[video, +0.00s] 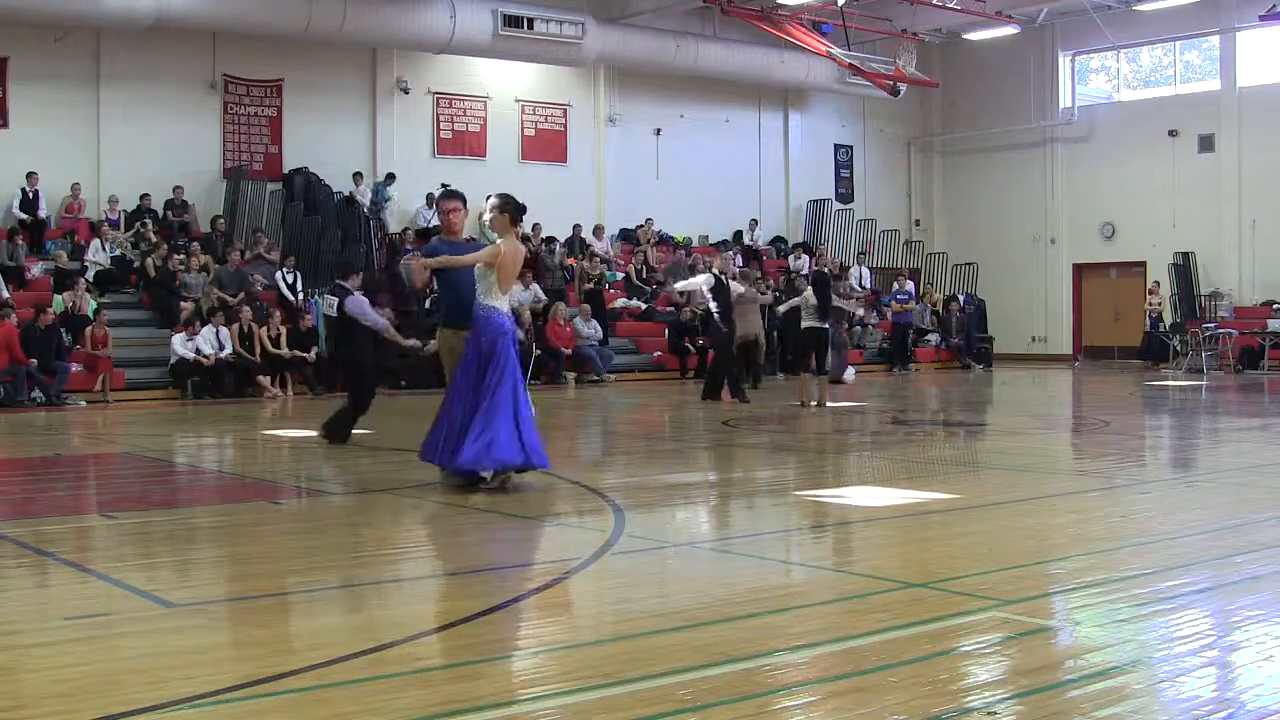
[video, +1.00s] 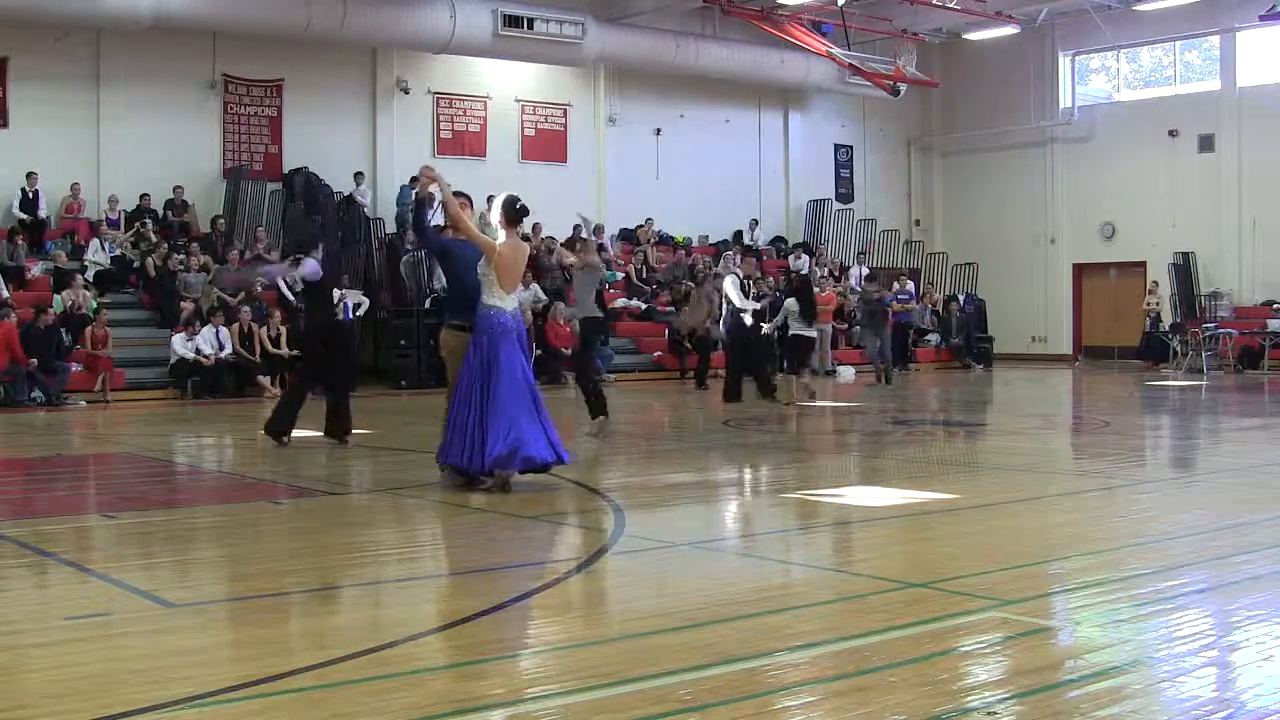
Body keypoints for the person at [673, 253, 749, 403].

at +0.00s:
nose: (728, 263)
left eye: (729, 260)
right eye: (724, 259)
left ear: (730, 262)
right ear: (716, 261)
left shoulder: (727, 281)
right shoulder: (709, 278)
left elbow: (742, 290)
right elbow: (690, 283)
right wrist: (675, 287)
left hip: (728, 322)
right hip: (717, 322)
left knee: (721, 357)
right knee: (728, 356)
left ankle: (711, 392)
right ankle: (738, 392)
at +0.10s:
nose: (729, 263)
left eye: (730, 260)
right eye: (725, 260)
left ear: (729, 262)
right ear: (717, 260)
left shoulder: (725, 281)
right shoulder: (710, 278)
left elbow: (735, 298)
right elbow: (691, 290)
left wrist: (747, 297)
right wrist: (682, 296)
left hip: (727, 323)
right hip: (717, 323)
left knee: (721, 357)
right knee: (727, 355)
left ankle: (710, 392)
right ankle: (738, 392)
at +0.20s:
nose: (731, 263)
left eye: (732, 261)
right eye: (728, 260)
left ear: (730, 262)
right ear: (719, 260)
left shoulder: (726, 278)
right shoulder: (712, 278)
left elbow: (730, 298)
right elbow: (695, 299)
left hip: (728, 324)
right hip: (719, 325)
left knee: (719, 359)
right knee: (729, 359)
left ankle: (710, 391)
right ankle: (738, 392)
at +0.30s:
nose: (733, 264)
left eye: (734, 261)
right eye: (730, 260)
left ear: (732, 262)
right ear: (722, 260)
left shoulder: (728, 277)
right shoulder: (716, 277)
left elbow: (730, 303)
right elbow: (709, 298)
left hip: (729, 324)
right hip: (720, 324)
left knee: (718, 358)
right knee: (731, 358)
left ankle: (709, 391)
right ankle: (734, 393)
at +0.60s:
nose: (744, 265)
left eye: (744, 262)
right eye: (741, 262)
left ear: (732, 263)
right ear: (731, 262)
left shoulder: (729, 279)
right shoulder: (727, 280)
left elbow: (731, 305)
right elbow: (732, 304)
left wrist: (737, 327)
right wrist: (737, 327)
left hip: (725, 321)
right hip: (725, 322)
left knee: (725, 357)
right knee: (732, 357)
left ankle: (711, 390)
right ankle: (733, 394)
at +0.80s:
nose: (748, 266)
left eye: (749, 263)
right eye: (746, 263)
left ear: (741, 264)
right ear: (737, 263)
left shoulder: (736, 280)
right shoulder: (729, 280)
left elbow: (741, 304)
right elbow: (740, 301)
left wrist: (747, 322)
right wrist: (757, 317)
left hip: (735, 322)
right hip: (728, 322)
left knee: (737, 357)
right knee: (734, 357)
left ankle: (733, 392)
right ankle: (732, 393)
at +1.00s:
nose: (753, 266)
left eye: (754, 262)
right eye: (750, 262)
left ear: (754, 264)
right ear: (741, 262)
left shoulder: (748, 282)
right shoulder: (731, 280)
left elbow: (749, 303)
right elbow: (740, 303)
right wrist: (758, 305)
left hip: (747, 324)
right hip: (733, 324)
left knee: (756, 358)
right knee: (735, 362)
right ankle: (732, 396)